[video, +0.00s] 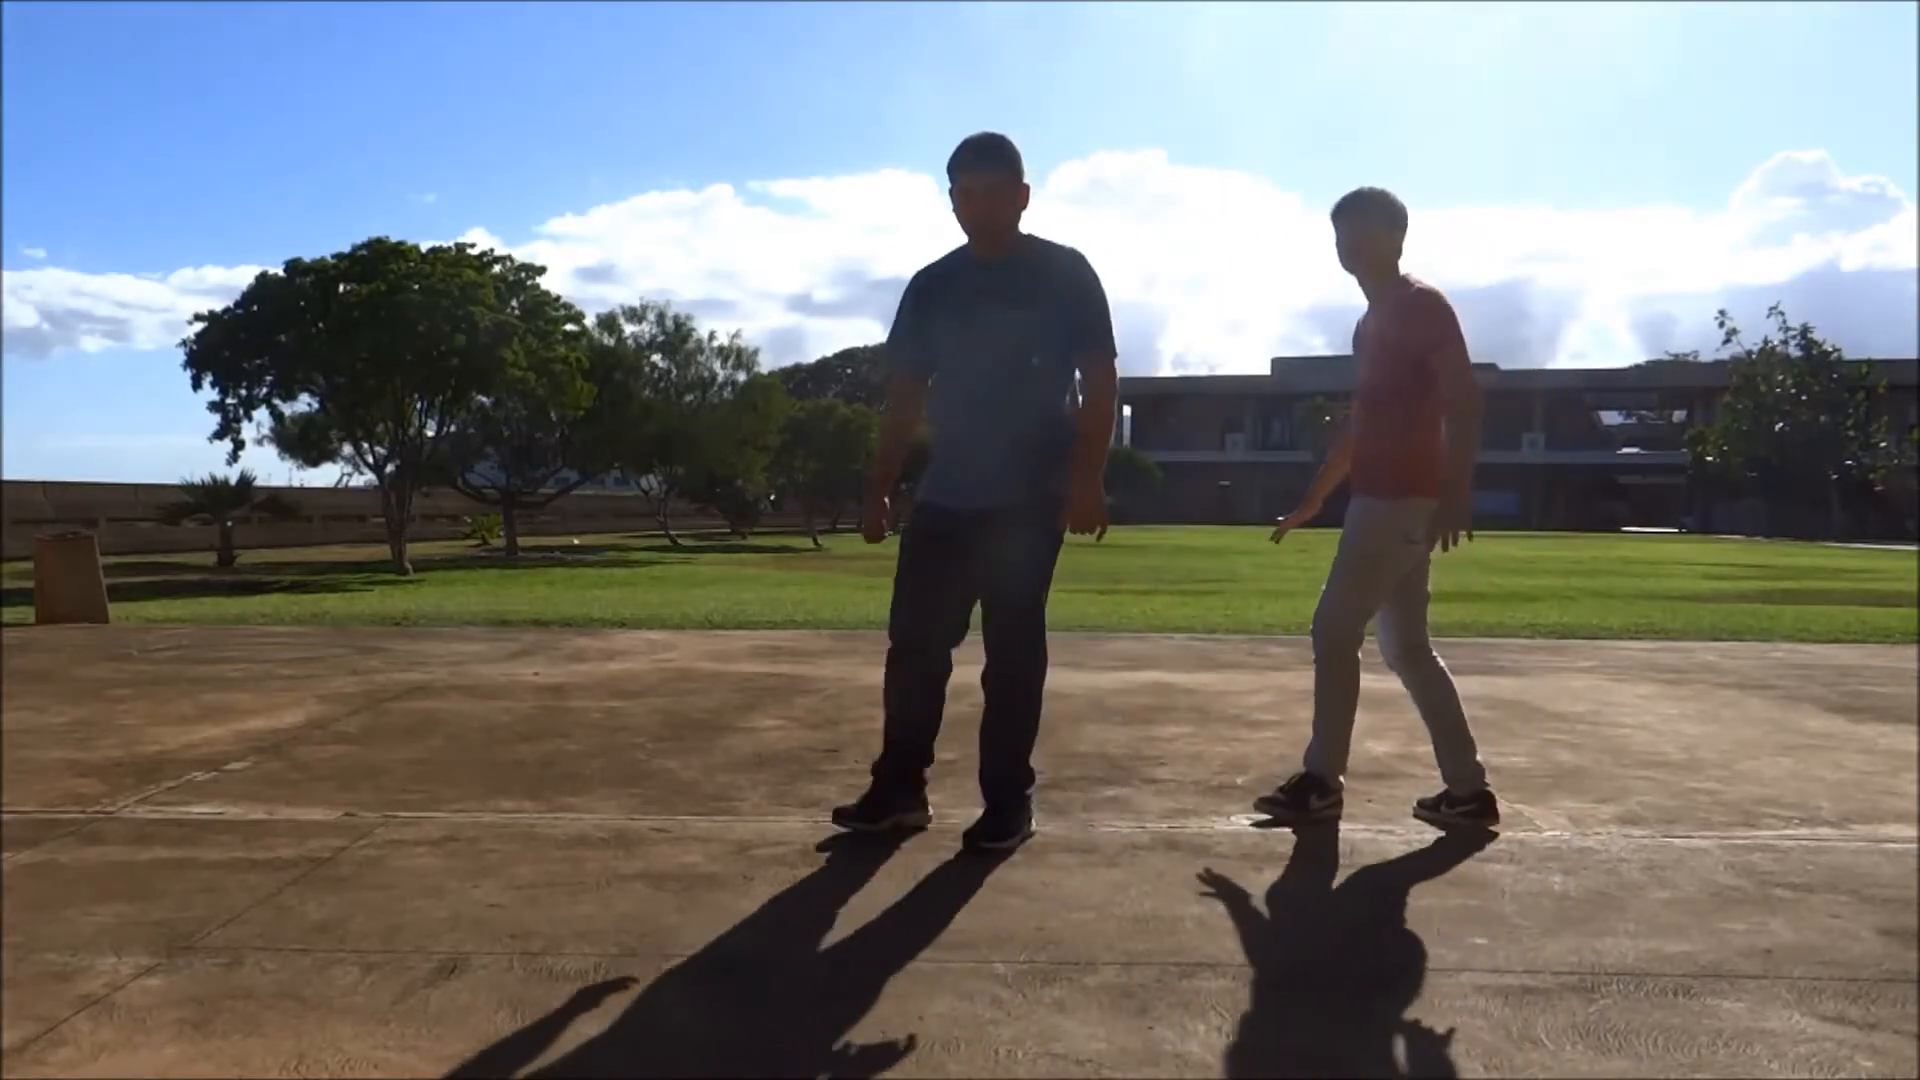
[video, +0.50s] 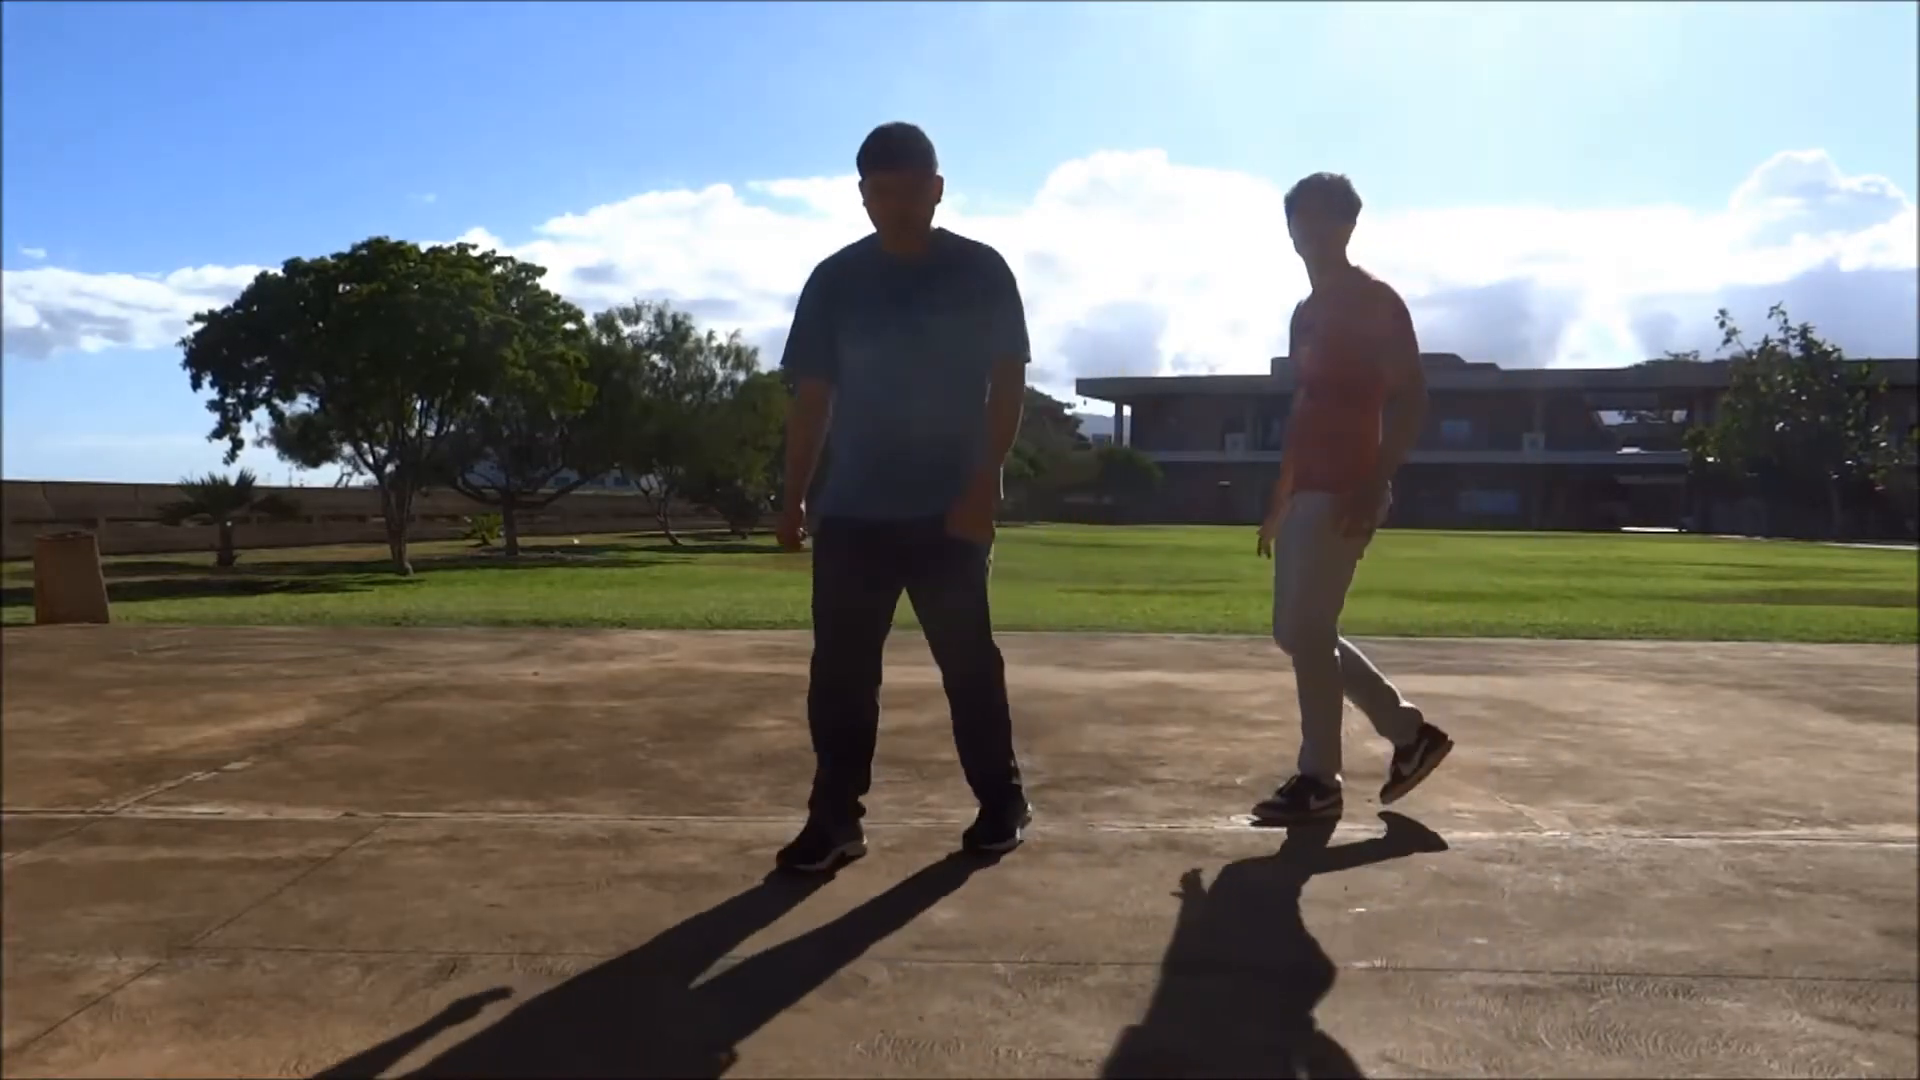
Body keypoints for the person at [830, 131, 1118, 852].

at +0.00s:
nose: (970, 204)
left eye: (985, 189)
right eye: (960, 191)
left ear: (1021, 192)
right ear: (950, 197)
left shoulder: (1068, 275)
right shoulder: (930, 286)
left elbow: (1100, 383)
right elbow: (904, 394)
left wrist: (1088, 478)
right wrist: (881, 484)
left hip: (1029, 496)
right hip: (944, 493)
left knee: (1012, 653)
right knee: (915, 643)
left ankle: (1007, 801)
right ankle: (898, 789)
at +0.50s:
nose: (892, 202)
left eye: (906, 186)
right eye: (878, 188)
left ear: (936, 185)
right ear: (861, 192)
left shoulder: (981, 271)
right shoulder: (833, 279)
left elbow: (1009, 380)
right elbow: (811, 395)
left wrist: (985, 481)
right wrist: (794, 492)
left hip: (948, 510)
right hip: (852, 513)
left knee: (969, 666)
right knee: (839, 674)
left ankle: (1000, 802)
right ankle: (834, 819)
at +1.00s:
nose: (817, 187)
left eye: (831, 171)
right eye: (804, 174)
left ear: (869, 170)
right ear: (793, 178)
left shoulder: (921, 261)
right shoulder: (762, 270)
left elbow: (952, 377)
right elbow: (729, 383)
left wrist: (929, 478)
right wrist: (714, 480)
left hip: (900, 503)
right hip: (802, 510)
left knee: (904, 676)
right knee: (814, 676)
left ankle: (913, 837)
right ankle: (831, 820)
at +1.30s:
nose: (794, 187)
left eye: (808, 170)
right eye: (784, 174)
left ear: (855, 162)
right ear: (780, 176)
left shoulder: (923, 254)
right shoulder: (766, 269)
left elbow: (962, 377)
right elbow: (740, 390)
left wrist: (958, 488)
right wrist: (738, 492)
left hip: (890, 504)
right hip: (796, 510)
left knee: (884, 676)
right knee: (809, 675)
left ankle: (890, 858)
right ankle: (833, 816)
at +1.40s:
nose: (786, 186)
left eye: (795, 168)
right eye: (779, 172)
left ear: (848, 154)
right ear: (787, 172)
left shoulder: (926, 247)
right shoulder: (778, 264)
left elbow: (967, 374)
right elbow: (749, 390)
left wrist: (961, 493)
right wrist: (739, 494)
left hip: (890, 504)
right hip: (799, 510)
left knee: (881, 680)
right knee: (805, 674)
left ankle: (890, 864)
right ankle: (830, 821)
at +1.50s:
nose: (784, 189)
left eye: (792, 170)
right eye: (777, 176)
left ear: (844, 150)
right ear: (792, 171)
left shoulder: (922, 237)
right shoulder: (790, 258)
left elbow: (967, 366)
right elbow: (761, 388)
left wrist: (954, 484)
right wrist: (738, 492)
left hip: (890, 502)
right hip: (801, 507)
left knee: (882, 674)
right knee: (786, 663)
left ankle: (888, 863)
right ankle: (827, 809)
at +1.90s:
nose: (752, 196)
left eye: (748, 174)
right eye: (743, 180)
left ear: (784, 148)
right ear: (793, 150)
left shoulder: (860, 217)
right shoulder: (831, 238)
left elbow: (843, 345)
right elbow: (851, 371)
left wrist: (781, 466)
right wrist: (790, 478)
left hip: (864, 500)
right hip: (819, 501)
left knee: (873, 680)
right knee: (776, 663)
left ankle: (886, 869)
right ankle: (731, 826)